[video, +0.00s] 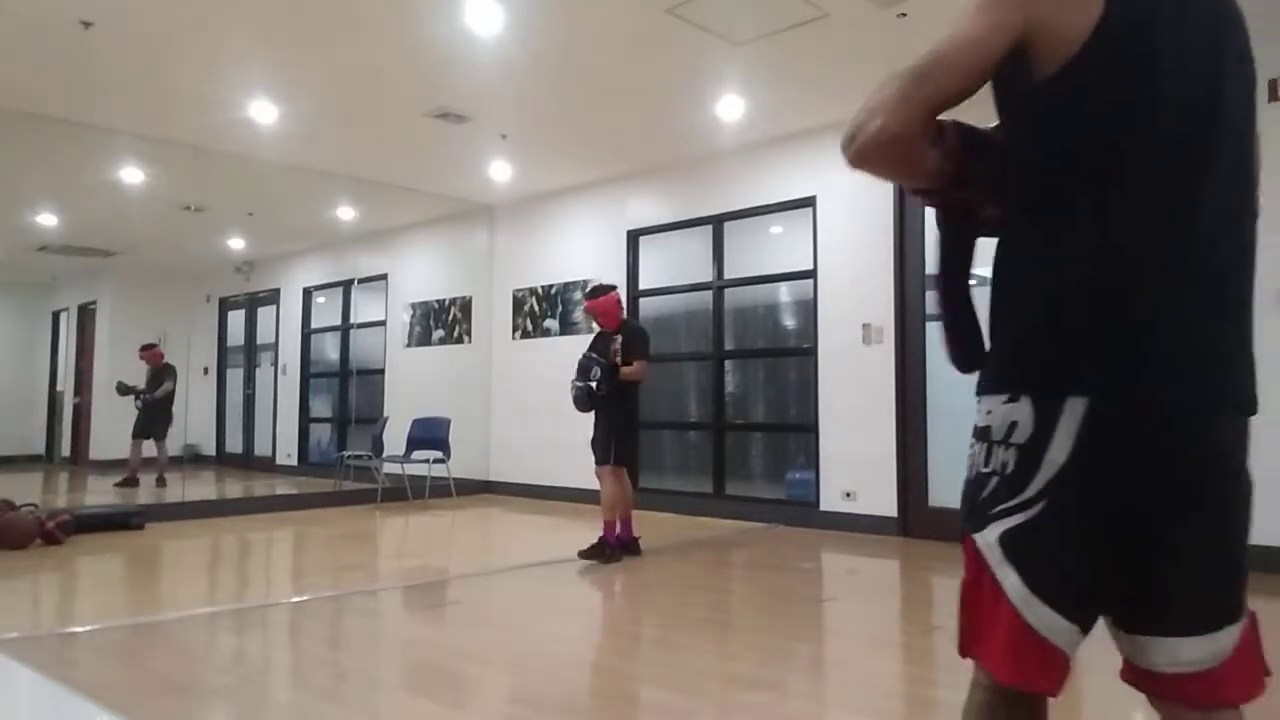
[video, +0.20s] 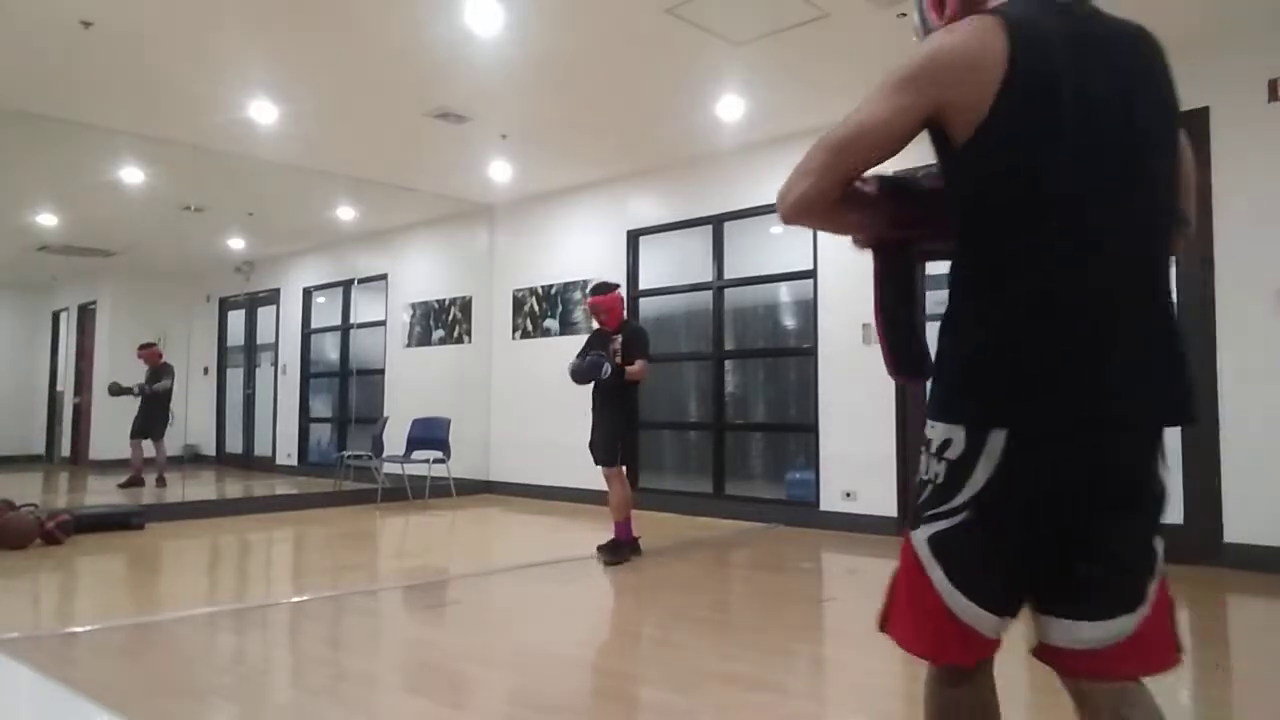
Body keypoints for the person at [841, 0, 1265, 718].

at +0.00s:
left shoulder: (1037, 4)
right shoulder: (1218, 17)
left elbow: (873, 137)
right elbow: (1217, 194)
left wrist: (983, 172)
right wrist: (1012, 185)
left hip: (1064, 384)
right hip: (1205, 385)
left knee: (1011, 676)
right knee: (1198, 686)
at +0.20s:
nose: (930, 21)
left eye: (929, 14)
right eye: (927, 17)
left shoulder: (959, 48)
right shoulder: (1138, 47)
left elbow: (804, 199)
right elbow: (1180, 218)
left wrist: (926, 217)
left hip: (999, 398)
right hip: (1126, 391)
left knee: (958, 657)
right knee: (1099, 661)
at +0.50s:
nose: (906, 21)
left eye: (908, 14)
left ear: (923, 10)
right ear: (1021, 9)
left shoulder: (895, 84)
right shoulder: (1076, 80)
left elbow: (793, 227)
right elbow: (1111, 244)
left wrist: (870, 239)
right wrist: (1009, 241)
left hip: (932, 393)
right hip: (1048, 391)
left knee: (939, 635)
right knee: (1061, 616)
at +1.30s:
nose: (975, 91)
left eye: (976, 80)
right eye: (975, 83)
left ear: (994, 73)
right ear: (1068, 83)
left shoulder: (971, 144)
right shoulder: (1111, 158)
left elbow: (906, 272)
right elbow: (1069, 272)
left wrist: (891, 235)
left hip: (979, 395)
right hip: (1072, 396)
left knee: (941, 573)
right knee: (1048, 590)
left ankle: (928, 710)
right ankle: (1037, 718)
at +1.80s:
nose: (975, 143)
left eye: (976, 132)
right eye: (973, 134)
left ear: (991, 126)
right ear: (1055, 126)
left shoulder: (978, 196)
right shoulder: (1115, 182)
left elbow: (933, 317)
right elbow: (1120, 289)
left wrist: (913, 280)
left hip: (1015, 408)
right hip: (1100, 404)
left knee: (1020, 570)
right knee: (1081, 568)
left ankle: (1044, 704)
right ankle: (1041, 697)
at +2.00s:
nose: (987, 149)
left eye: (988, 138)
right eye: (987, 140)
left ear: (1004, 134)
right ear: (1063, 133)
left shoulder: (990, 210)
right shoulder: (1121, 184)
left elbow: (934, 316)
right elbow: (1168, 285)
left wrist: (940, 282)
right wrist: (1094, 285)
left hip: (1032, 412)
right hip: (1117, 408)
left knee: (1030, 563)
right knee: (1137, 556)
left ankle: (1044, 706)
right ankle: (1128, 682)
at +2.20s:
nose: (1019, 146)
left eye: (1021, 135)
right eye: (1018, 137)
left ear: (1038, 131)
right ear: (1093, 128)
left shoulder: (1023, 203)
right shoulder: (1150, 186)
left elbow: (991, 315)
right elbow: (1175, 289)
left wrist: (1048, 287)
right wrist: (1112, 279)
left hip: (1056, 407)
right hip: (1140, 403)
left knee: (1040, 557)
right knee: (1179, 551)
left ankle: (1044, 704)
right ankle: (1247, 691)